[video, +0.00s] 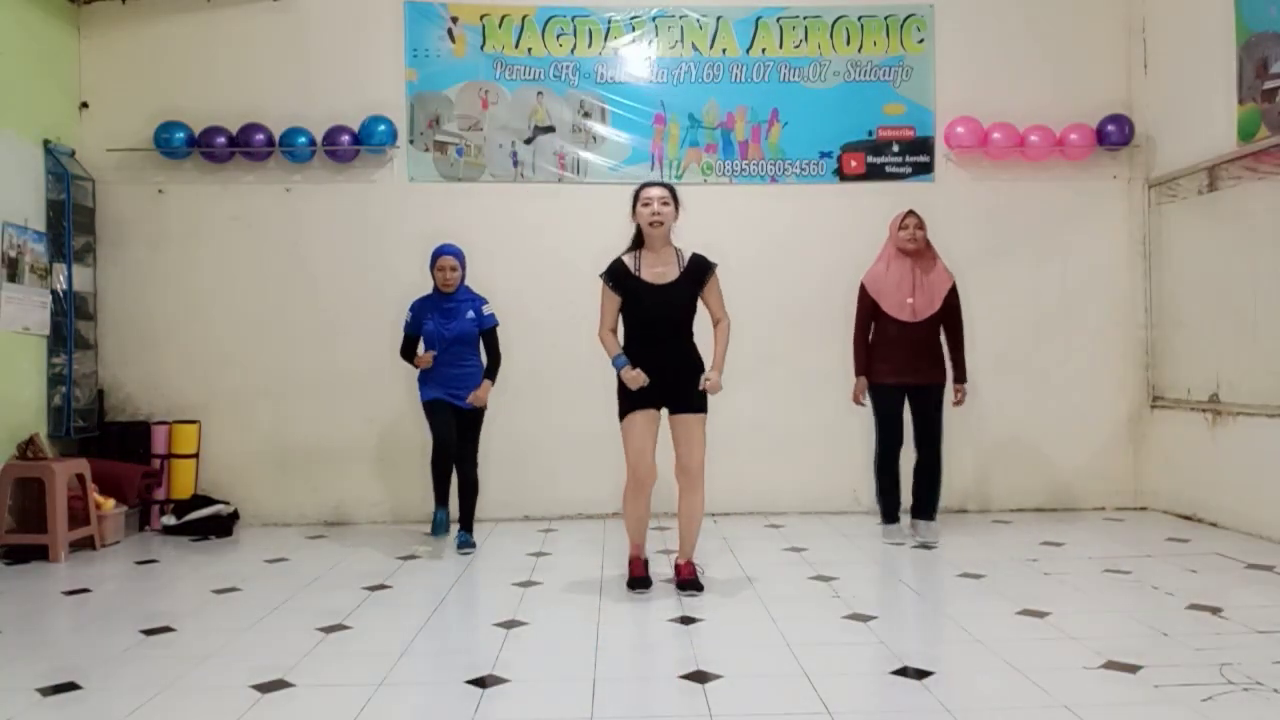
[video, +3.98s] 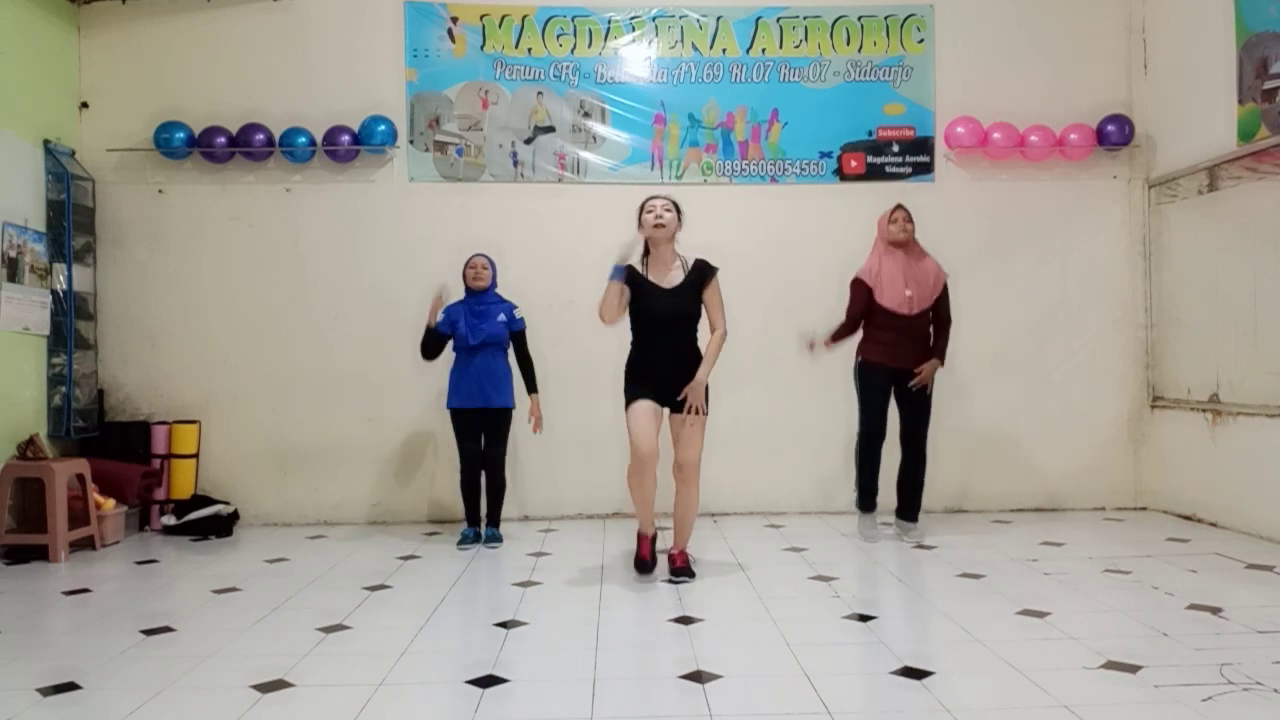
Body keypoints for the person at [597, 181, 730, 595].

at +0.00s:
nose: (656, 209)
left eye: (664, 203)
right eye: (647, 203)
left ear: (676, 213)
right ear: (635, 215)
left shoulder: (697, 267)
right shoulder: (621, 269)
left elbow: (721, 320)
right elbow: (606, 330)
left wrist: (715, 369)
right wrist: (623, 366)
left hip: (686, 375)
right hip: (638, 376)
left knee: (691, 472)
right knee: (641, 474)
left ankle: (686, 561)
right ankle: (637, 556)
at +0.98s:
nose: (649, 216)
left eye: (656, 211)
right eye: (640, 212)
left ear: (667, 224)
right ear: (630, 228)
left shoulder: (688, 272)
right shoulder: (623, 269)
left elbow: (711, 325)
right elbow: (606, 291)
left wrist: (693, 366)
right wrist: (609, 241)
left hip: (674, 375)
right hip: (631, 376)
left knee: (678, 460)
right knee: (632, 467)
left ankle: (673, 532)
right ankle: (632, 546)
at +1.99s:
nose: (655, 220)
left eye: (662, 214)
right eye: (647, 215)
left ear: (675, 227)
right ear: (636, 226)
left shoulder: (688, 268)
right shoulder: (628, 266)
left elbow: (696, 266)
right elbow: (617, 280)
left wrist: (686, 239)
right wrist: (636, 258)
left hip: (686, 370)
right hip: (642, 370)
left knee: (686, 462)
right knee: (639, 437)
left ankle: (680, 545)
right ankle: (644, 513)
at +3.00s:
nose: (659, 220)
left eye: (667, 214)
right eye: (651, 214)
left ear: (678, 222)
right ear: (640, 222)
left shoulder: (693, 259)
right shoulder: (628, 260)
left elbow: (717, 202)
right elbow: (598, 203)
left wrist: (677, 206)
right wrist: (639, 202)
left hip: (687, 372)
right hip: (640, 373)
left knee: (688, 470)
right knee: (647, 472)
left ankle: (684, 545)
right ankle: (651, 552)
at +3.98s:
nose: (658, 214)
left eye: (667, 210)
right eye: (650, 211)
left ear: (679, 225)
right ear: (640, 226)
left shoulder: (699, 271)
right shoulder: (630, 272)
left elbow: (718, 330)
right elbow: (608, 316)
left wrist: (700, 379)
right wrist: (620, 264)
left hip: (688, 374)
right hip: (644, 372)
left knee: (687, 466)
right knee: (643, 452)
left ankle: (680, 549)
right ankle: (646, 532)